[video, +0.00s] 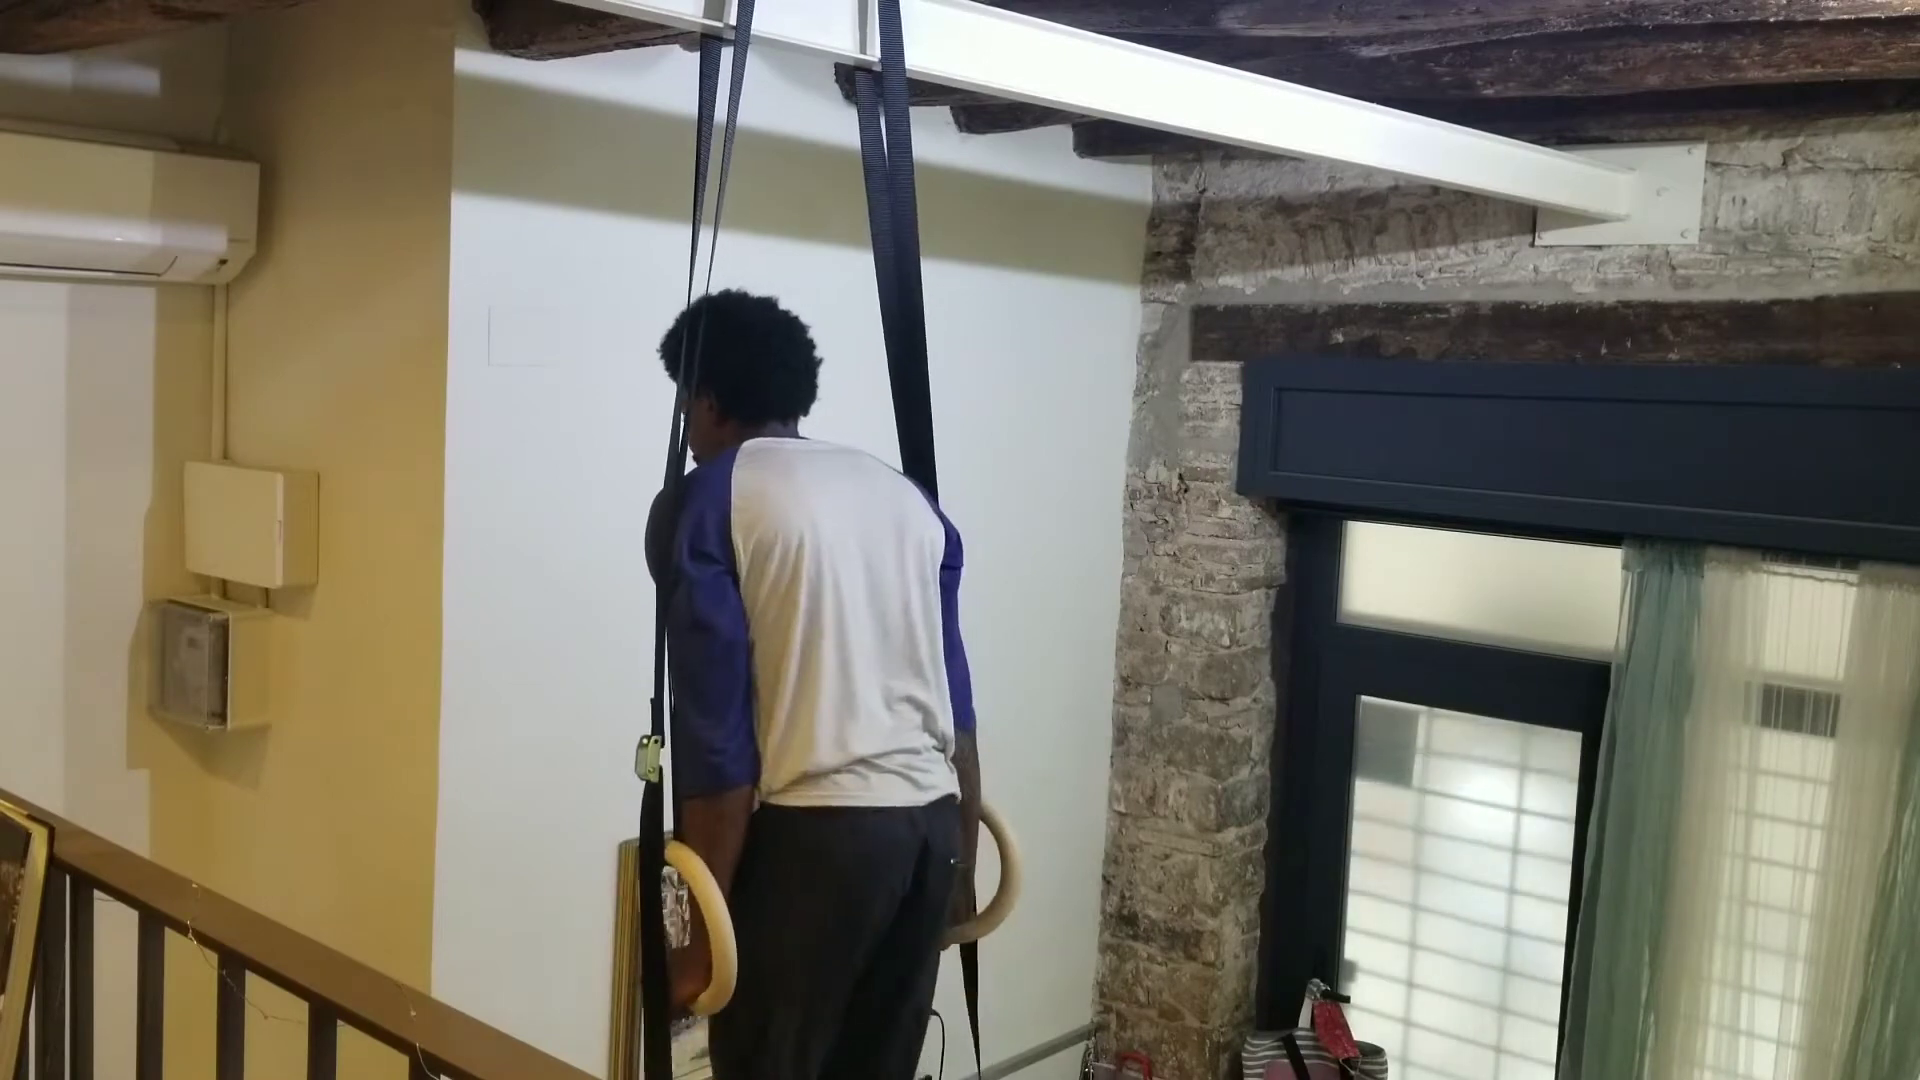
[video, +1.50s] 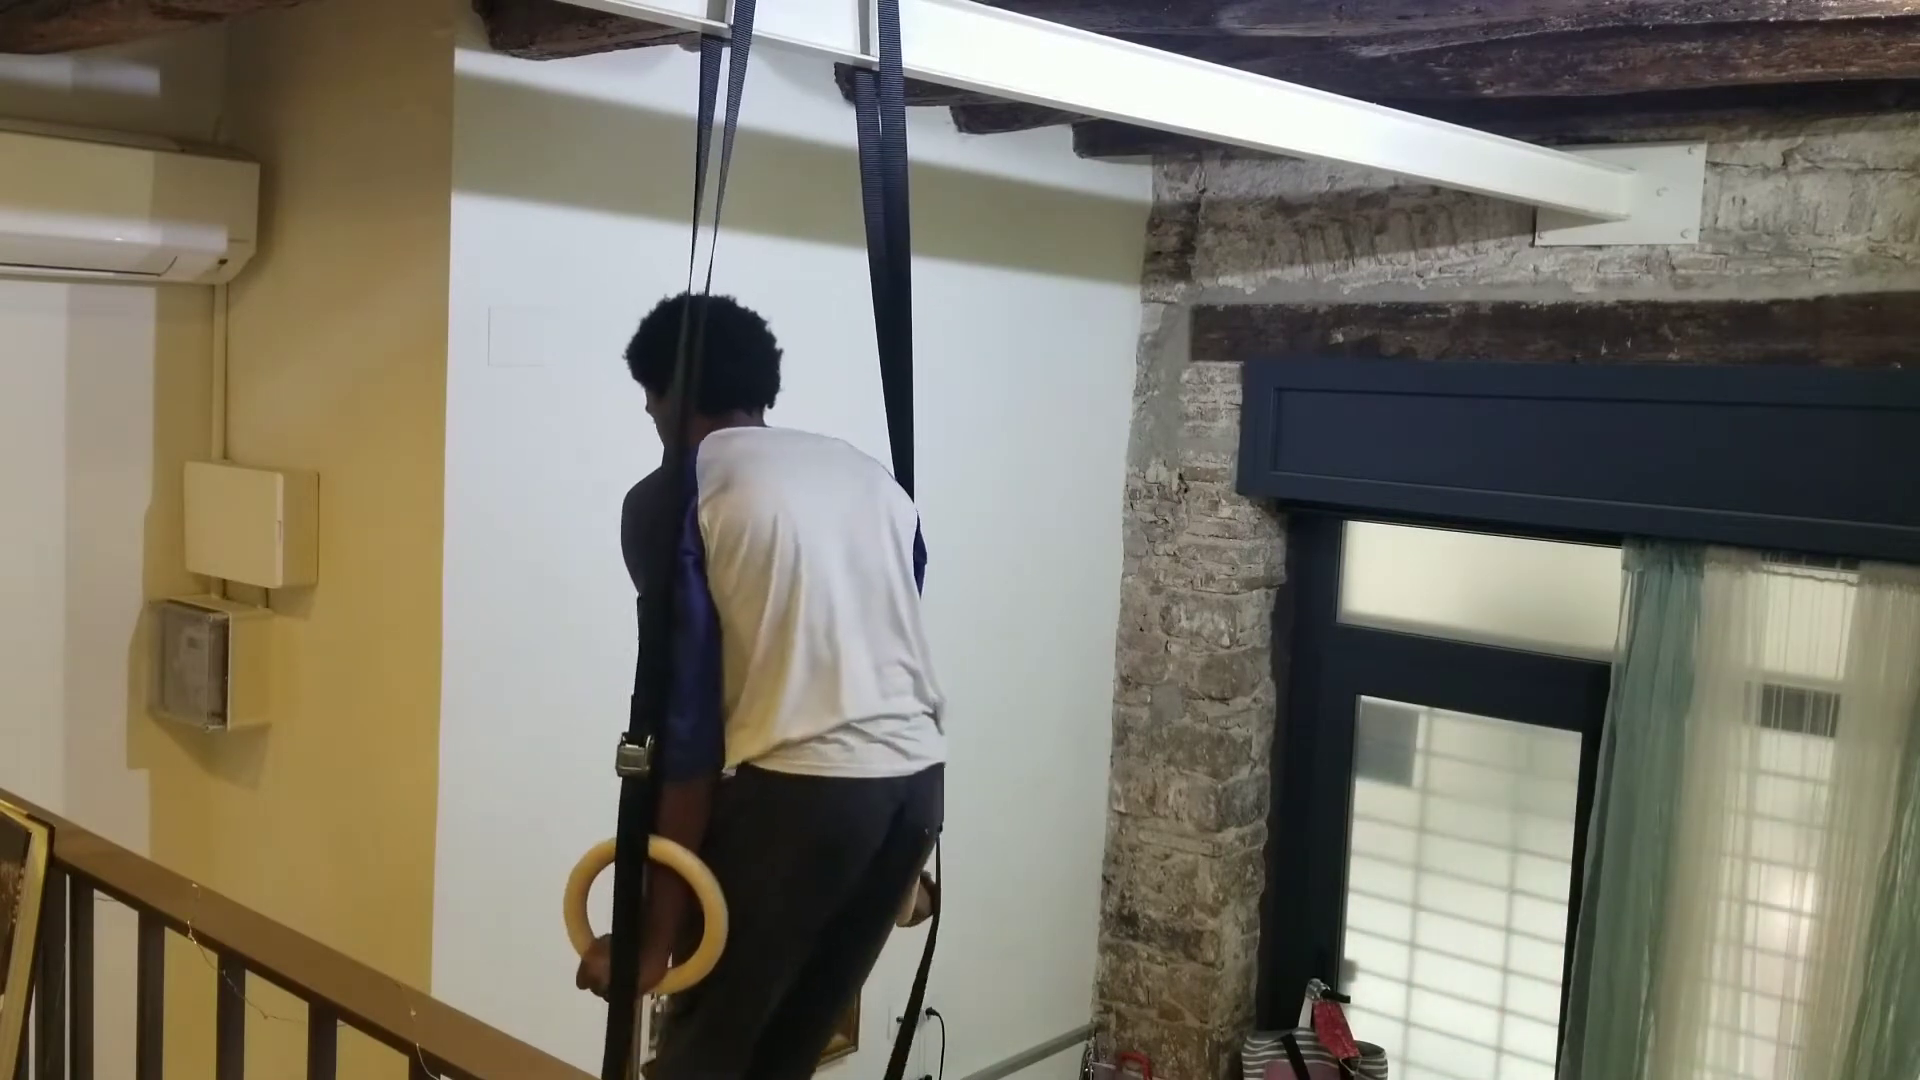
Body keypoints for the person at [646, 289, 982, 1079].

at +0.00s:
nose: (684, 420)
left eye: (685, 396)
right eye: (682, 397)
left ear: (709, 399)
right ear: (794, 394)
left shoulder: (711, 497)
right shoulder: (908, 497)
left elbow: (717, 742)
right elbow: (956, 708)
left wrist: (690, 934)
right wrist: (960, 871)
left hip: (809, 851)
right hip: (928, 850)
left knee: (771, 1061)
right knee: (879, 1068)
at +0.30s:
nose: (664, 426)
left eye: (662, 405)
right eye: (659, 405)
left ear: (688, 398)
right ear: (771, 391)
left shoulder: (705, 502)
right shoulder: (887, 503)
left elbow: (714, 737)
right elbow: (925, 710)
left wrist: (682, 919)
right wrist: (923, 855)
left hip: (767, 852)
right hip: (874, 850)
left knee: (700, 1060)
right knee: (803, 1064)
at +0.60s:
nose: (635, 417)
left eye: (634, 398)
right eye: (631, 399)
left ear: (663, 391)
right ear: (744, 385)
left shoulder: (674, 499)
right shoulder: (854, 490)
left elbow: (671, 740)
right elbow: (882, 684)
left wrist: (616, 910)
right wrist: (880, 826)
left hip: (724, 835)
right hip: (834, 835)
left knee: (636, 1059)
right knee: (724, 1060)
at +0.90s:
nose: (630, 404)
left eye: (631, 383)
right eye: (629, 383)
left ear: (656, 376)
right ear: (738, 377)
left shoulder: (659, 480)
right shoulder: (845, 477)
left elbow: (648, 695)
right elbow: (849, 654)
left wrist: (603, 878)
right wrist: (855, 821)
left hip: (721, 810)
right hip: (829, 817)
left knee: (614, 1046)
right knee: (697, 1051)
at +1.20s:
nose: (642, 407)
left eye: (643, 388)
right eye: (642, 388)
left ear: (664, 381)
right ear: (752, 383)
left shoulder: (666, 484)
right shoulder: (856, 477)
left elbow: (656, 714)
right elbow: (878, 656)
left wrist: (613, 907)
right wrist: (879, 830)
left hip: (744, 809)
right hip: (854, 816)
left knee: (636, 1046)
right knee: (717, 1050)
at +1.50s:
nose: (655, 418)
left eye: (653, 396)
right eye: (649, 399)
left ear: (679, 389)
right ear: (761, 384)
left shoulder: (673, 494)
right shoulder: (876, 480)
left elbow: (688, 724)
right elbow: (902, 654)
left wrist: (654, 937)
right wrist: (916, 853)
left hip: (792, 802)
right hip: (908, 804)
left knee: (703, 1050)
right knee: (789, 1053)